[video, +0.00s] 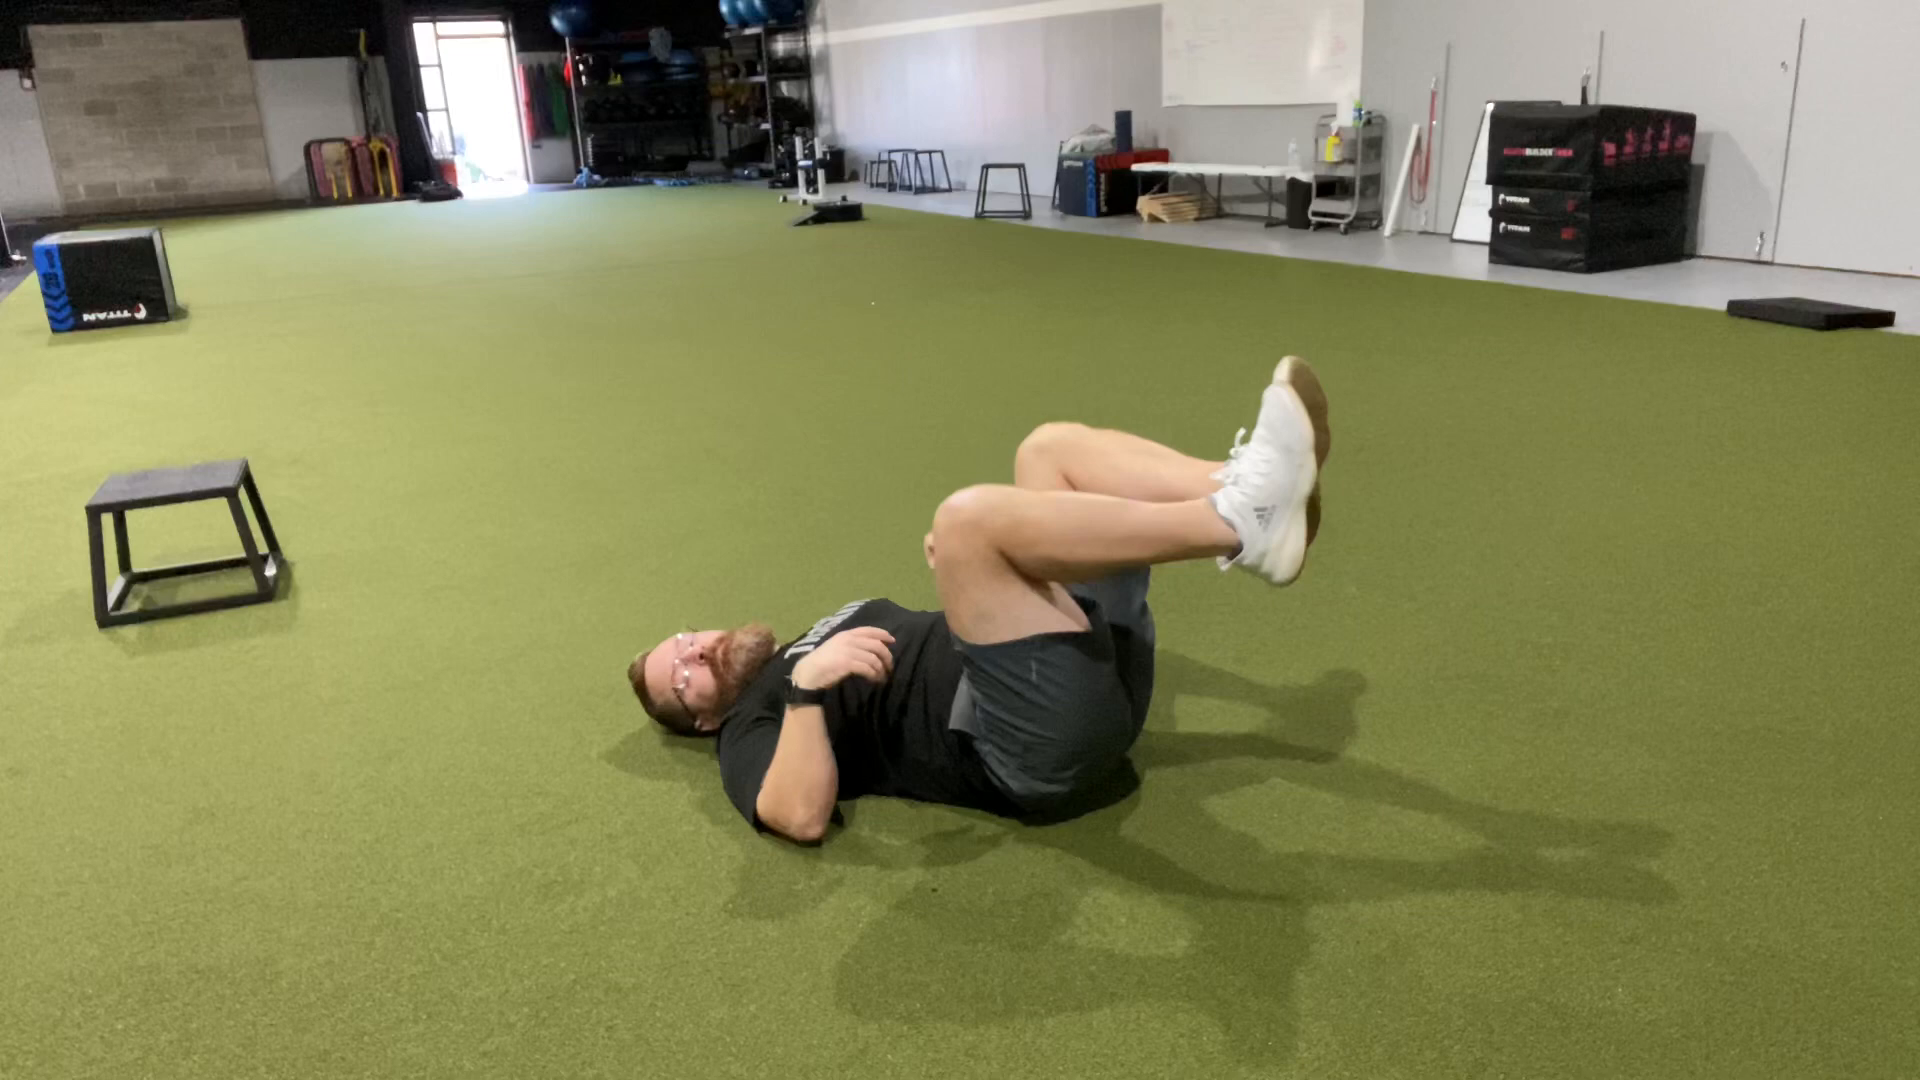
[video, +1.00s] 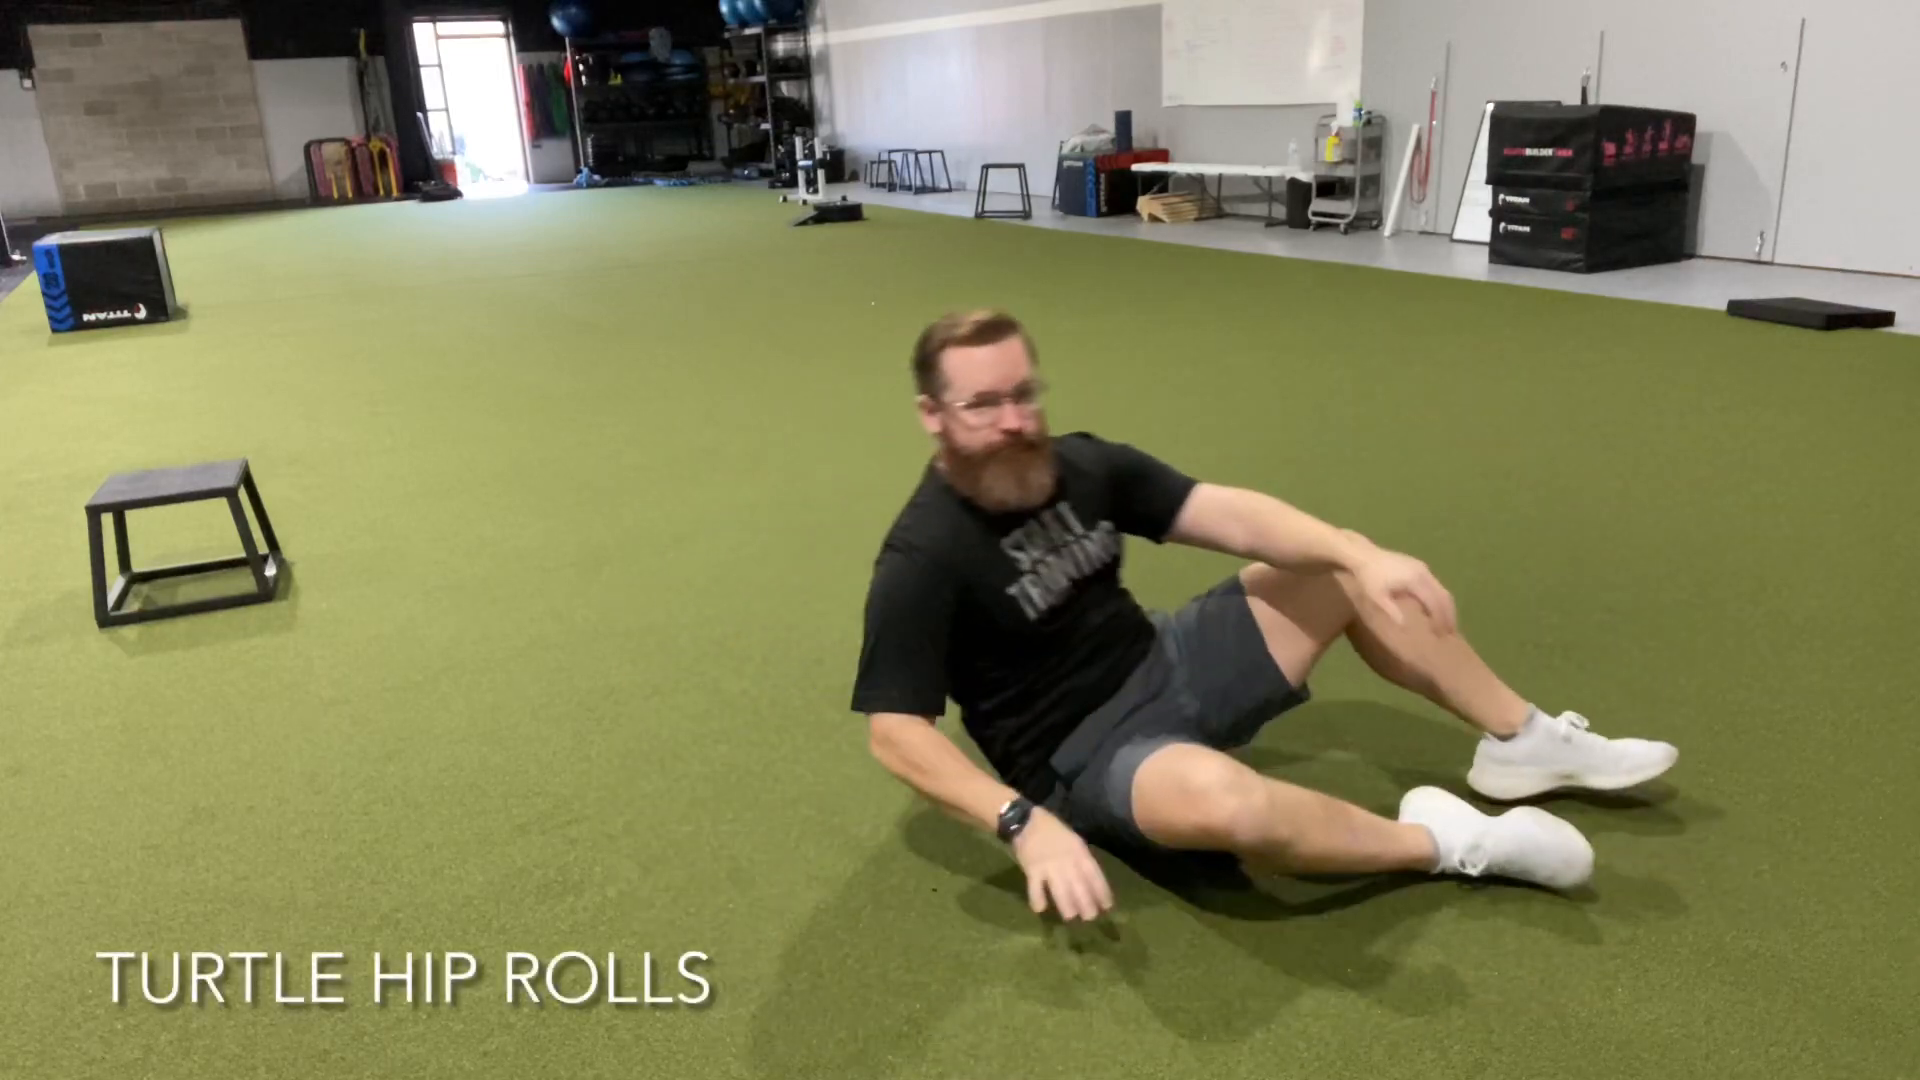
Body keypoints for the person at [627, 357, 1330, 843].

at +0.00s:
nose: (698, 649)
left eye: (689, 642)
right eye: (685, 675)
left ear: (722, 626)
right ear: (704, 713)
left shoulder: (838, 625)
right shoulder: (753, 738)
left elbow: (946, 637)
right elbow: (798, 818)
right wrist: (805, 691)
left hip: (1089, 678)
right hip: (1031, 746)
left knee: (1050, 447)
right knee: (961, 524)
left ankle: (1247, 506)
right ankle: (1235, 522)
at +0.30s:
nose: (728, 597)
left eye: (720, 583)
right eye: (706, 616)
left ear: (749, 580)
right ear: (707, 660)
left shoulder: (853, 612)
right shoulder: (753, 711)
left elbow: (969, 583)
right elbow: (798, 750)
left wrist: (1009, 506)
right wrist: (856, 684)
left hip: (1037, 642)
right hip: (1006, 730)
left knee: (1099, 424)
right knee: (1065, 541)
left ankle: (1313, 513)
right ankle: (1330, 582)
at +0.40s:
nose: (756, 568)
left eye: (751, 551)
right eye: (729, 577)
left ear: (780, 550)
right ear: (716, 621)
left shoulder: (874, 584)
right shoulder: (761, 687)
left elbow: (986, 553)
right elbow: (833, 710)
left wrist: (1051, 484)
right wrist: (913, 661)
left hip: (1043, 630)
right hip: (1011, 726)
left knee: (1136, 441)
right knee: (1121, 584)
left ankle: (1359, 540)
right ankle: (1377, 620)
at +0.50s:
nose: (800, 536)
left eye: (798, 517)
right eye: (771, 539)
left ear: (810, 519)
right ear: (738, 580)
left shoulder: (888, 564)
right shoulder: (778, 668)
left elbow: (1007, 526)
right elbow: (869, 686)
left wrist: (1104, 468)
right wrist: (964, 644)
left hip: (1066, 631)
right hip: (1028, 739)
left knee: (1187, 470)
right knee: (1154, 641)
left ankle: (1415, 580)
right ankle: (1413, 672)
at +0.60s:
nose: (828, 513)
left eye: (827, 493)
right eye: (798, 511)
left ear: (841, 493)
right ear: (757, 545)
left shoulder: (904, 540)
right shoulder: (792, 647)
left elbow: (1030, 513)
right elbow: (892, 680)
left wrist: (1139, 472)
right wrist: (1004, 647)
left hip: (1079, 649)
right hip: (1030, 744)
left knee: (1232, 500)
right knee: (1177, 685)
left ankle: (1457, 626)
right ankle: (1436, 720)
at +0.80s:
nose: (916, 450)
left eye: (920, 427)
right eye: (886, 440)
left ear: (931, 424)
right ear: (835, 462)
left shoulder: (978, 487)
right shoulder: (851, 588)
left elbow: (1120, 501)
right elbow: (922, 711)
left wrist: (1251, 496)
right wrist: (1060, 743)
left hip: (1123, 653)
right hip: (1052, 744)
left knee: (1304, 561)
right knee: (1202, 755)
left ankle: (1512, 718)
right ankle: (1453, 814)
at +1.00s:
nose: (1018, 418)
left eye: (1026, 395)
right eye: (989, 404)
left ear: (1040, 390)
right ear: (933, 420)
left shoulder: (1083, 466)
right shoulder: (921, 558)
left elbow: (1224, 515)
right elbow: (894, 728)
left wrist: (1359, 557)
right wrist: (1024, 824)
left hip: (1164, 664)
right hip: (1083, 751)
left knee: (1342, 566)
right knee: (1225, 806)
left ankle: (1528, 738)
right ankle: (1441, 841)